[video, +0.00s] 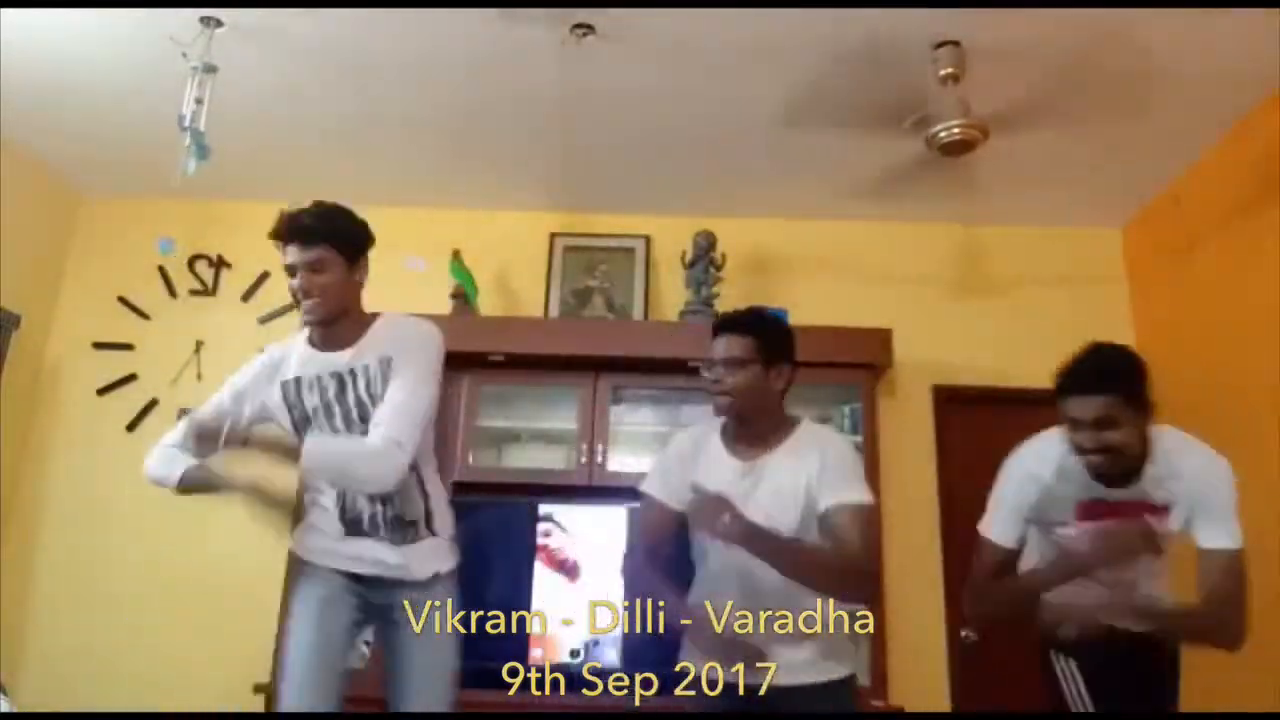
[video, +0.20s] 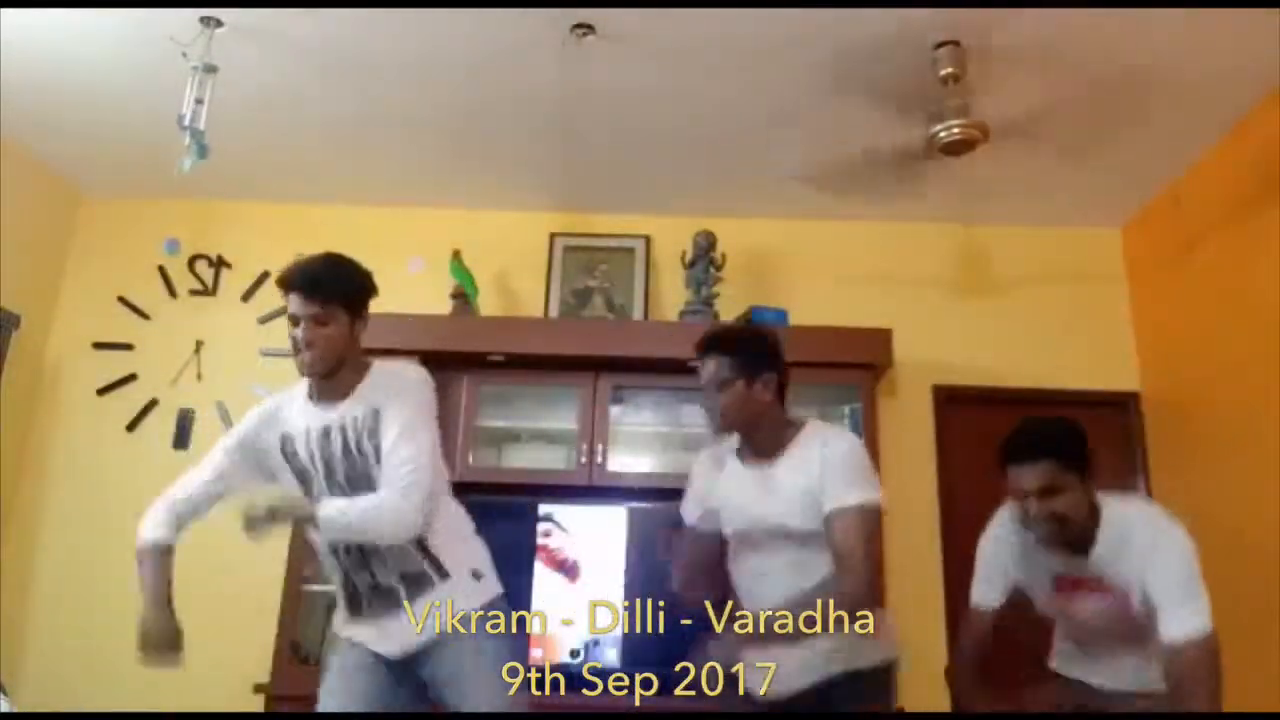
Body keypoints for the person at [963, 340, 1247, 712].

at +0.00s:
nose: (1089, 443)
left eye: (1106, 426)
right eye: (1075, 427)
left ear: (1144, 415)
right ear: (1064, 422)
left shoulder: (1201, 472)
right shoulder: (1032, 467)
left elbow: (1226, 625)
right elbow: (980, 603)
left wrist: (1116, 611)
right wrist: (1083, 560)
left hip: (1151, 629)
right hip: (1069, 628)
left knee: (1153, 706)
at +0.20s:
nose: (1037, 512)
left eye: (1051, 493)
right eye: (1023, 499)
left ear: (1087, 483)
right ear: (1011, 497)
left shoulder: (1154, 535)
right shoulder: (1007, 532)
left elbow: (1196, 675)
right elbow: (970, 652)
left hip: (1153, 686)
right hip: (1072, 678)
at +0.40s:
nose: (1030, 515)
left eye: (1044, 496)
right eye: (1015, 501)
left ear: (1078, 486)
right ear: (1004, 498)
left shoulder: (1152, 532)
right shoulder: (999, 541)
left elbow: (1199, 687)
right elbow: (977, 665)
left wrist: (1052, 672)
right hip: (1075, 692)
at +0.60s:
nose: (1041, 465)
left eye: (1056, 447)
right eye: (1025, 450)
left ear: (1089, 430)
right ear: (1012, 443)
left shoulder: (1155, 476)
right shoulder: (999, 481)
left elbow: (1211, 627)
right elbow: (983, 608)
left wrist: (1082, 630)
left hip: (1158, 659)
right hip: (1070, 655)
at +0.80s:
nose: (1080, 456)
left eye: (1092, 440)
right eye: (1061, 445)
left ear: (1115, 439)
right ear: (1038, 452)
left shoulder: (1171, 506)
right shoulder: (1009, 509)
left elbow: (1228, 659)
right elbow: (984, 638)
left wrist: (1137, 630)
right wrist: (1034, 706)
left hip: (1149, 692)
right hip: (1055, 688)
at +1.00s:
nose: (1104, 366)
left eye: (1103, 354)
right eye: (1081, 357)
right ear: (1044, 387)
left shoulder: (1157, 463)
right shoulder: (1004, 464)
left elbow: (1267, 570)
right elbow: (1030, 602)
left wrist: (1231, 634)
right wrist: (1095, 540)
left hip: (1127, 666)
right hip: (1042, 669)